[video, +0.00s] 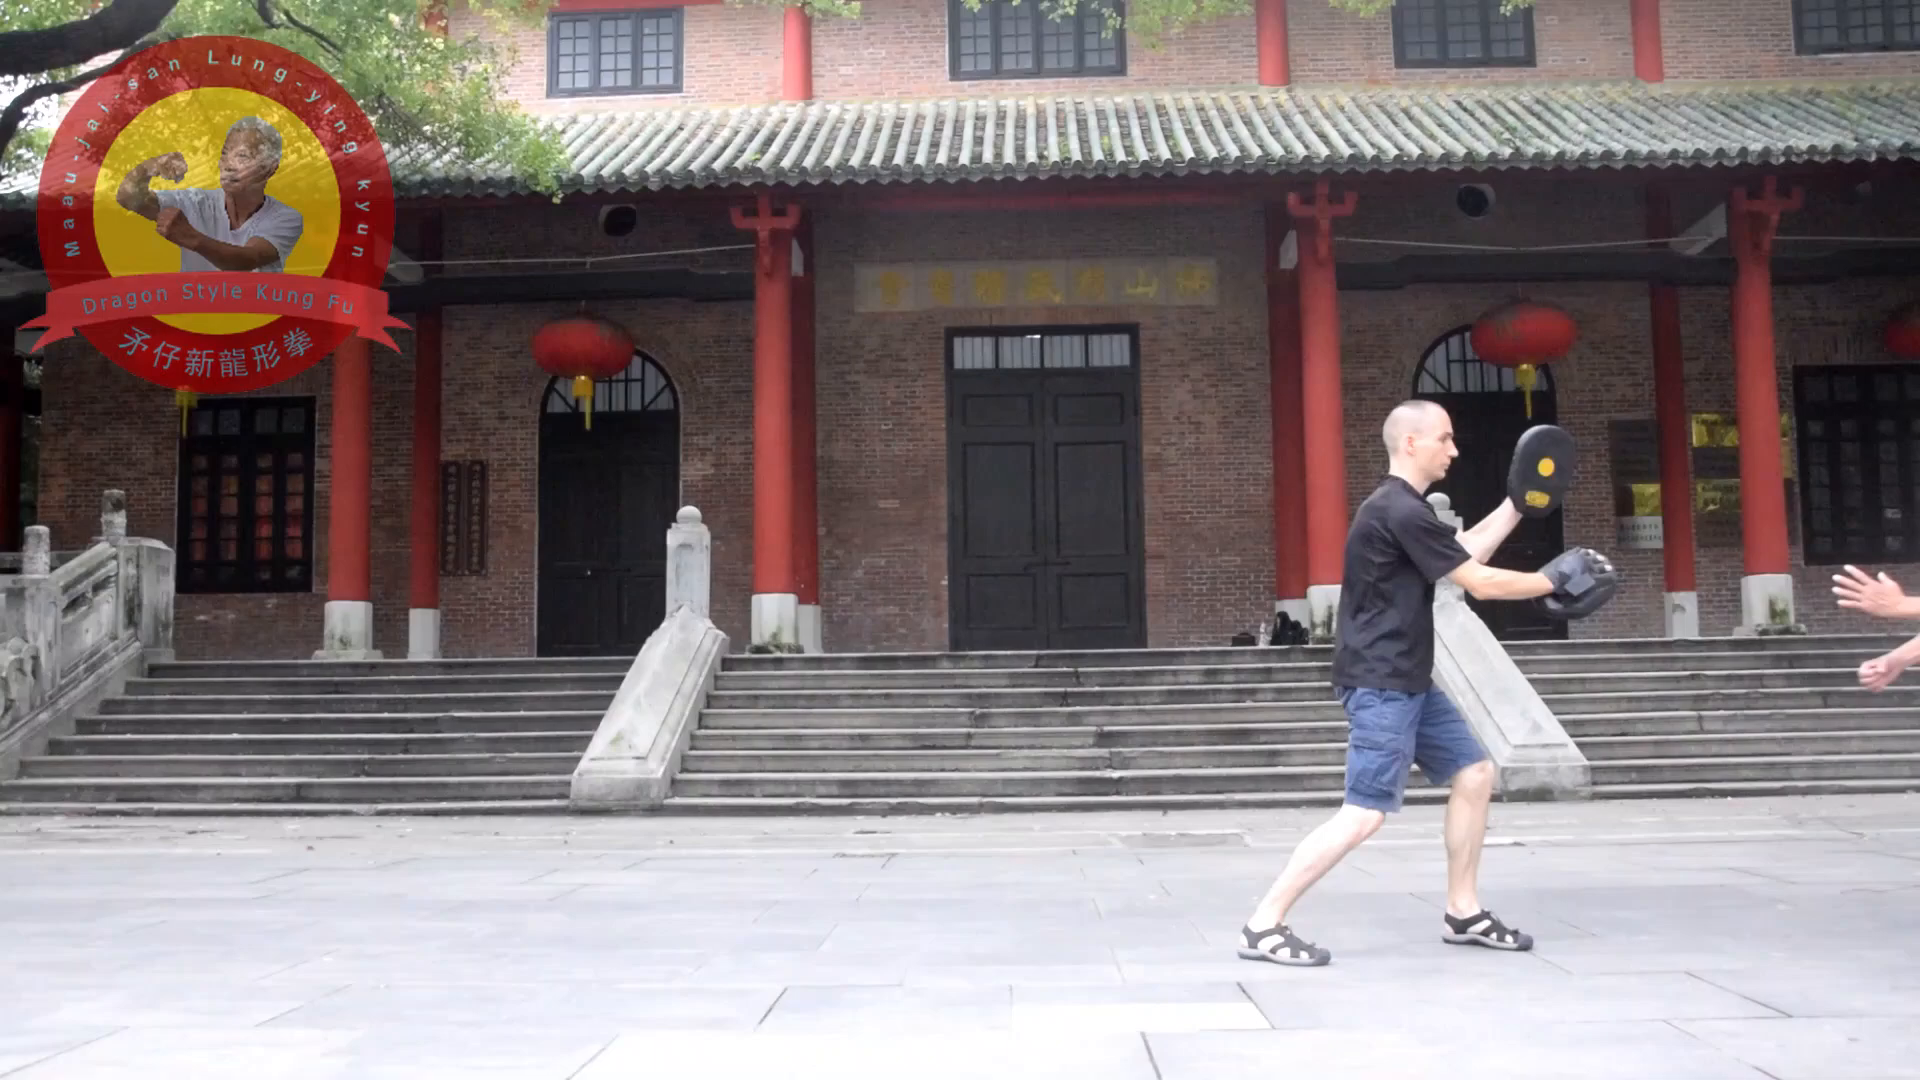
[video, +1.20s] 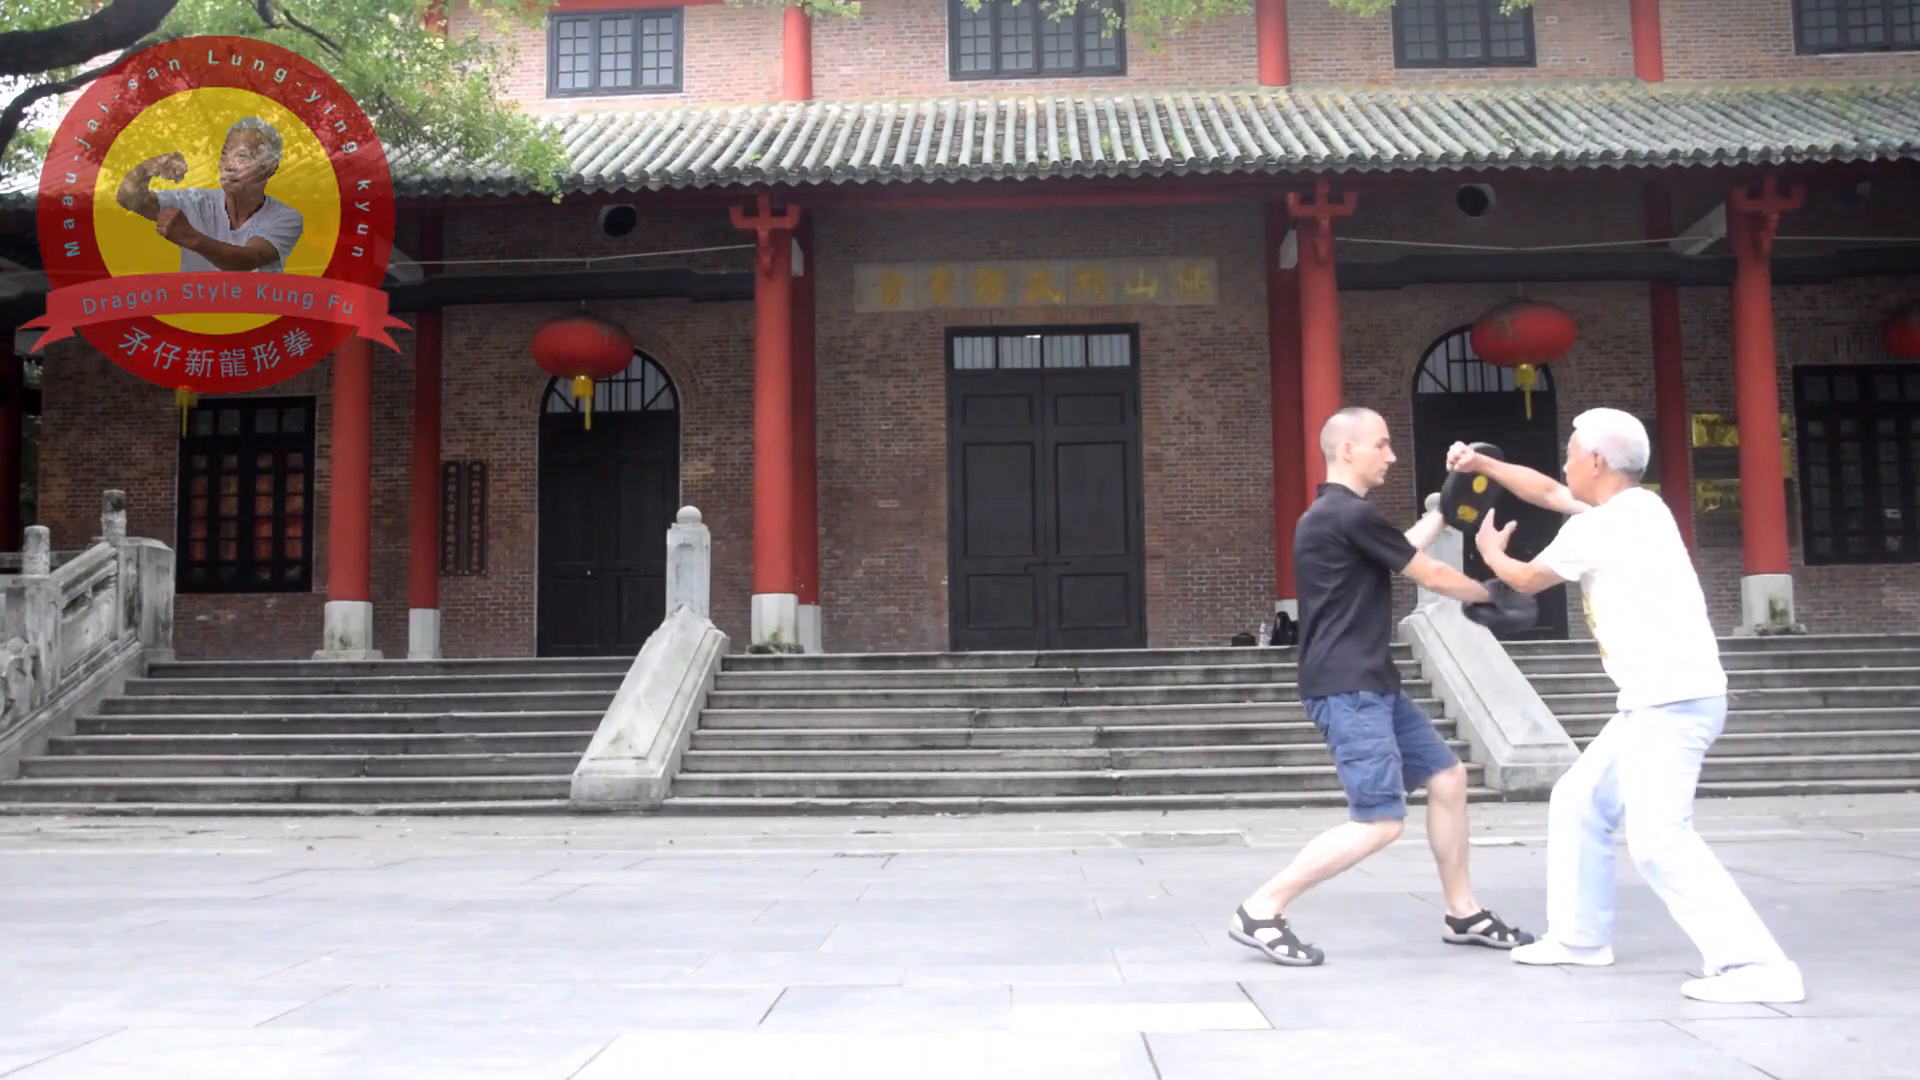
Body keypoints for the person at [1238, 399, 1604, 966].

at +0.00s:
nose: (1453, 449)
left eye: (1452, 439)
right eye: (1444, 439)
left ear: (1413, 445)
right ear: (1411, 444)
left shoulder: (1405, 503)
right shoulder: (1397, 508)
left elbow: (1464, 555)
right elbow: (1478, 583)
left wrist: (1520, 501)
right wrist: (1553, 583)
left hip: (1411, 681)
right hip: (1379, 681)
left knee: (1475, 776)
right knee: (1363, 815)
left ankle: (1463, 913)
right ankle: (1263, 924)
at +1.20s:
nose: (1393, 456)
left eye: (1390, 444)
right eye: (1383, 445)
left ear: (1346, 453)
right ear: (1347, 452)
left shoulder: (1325, 514)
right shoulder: (1349, 515)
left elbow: (1391, 558)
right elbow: (1430, 574)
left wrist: (1441, 510)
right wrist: (1493, 594)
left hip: (1373, 681)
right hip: (1346, 685)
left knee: (1448, 780)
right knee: (1379, 823)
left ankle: (1463, 913)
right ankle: (1261, 910)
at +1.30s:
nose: (1363, 457)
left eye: (1362, 447)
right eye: (1354, 447)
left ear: (1321, 451)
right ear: (1319, 451)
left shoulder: (1318, 515)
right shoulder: (1307, 519)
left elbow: (1367, 576)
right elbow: (1378, 592)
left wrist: (1418, 532)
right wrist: (1442, 622)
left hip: (1356, 683)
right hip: (1321, 688)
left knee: (1424, 788)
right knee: (1364, 822)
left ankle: (1461, 914)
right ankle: (1252, 916)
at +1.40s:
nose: (1340, 454)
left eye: (1338, 444)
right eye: (1330, 444)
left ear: (1296, 450)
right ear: (1296, 449)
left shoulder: (1282, 510)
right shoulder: (1288, 515)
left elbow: (1316, 591)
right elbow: (1348, 597)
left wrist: (1373, 567)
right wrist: (1412, 651)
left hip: (1299, 682)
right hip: (1279, 685)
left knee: (1378, 779)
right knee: (1337, 812)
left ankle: (1418, 908)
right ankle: (1246, 928)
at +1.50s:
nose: (1319, 458)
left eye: (1317, 448)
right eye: (1309, 448)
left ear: (1279, 454)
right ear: (1275, 453)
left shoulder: (1265, 512)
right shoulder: (1257, 513)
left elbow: (1302, 596)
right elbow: (1332, 576)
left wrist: (1355, 574)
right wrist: (1420, 604)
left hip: (1248, 673)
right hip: (1232, 677)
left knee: (1325, 767)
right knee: (1316, 789)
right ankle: (1249, 926)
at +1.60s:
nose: (1291, 459)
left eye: (1290, 448)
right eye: (1282, 448)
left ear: (1249, 457)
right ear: (1248, 454)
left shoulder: (1242, 518)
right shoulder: (1224, 510)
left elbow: (1306, 583)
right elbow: (1312, 535)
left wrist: (1376, 561)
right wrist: (1395, 495)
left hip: (1187, 678)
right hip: (1200, 677)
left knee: (1202, 819)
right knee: (1291, 788)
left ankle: (1075, 888)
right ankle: (1245, 929)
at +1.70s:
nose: (1261, 467)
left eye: (1259, 458)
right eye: (1250, 458)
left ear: (1220, 469)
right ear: (1215, 468)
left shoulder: (1227, 522)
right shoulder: (1195, 516)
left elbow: (1288, 571)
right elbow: (1273, 504)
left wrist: (1351, 564)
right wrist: (1334, 445)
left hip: (1130, 682)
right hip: (1158, 684)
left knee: (1097, 812)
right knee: (1267, 779)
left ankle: (970, 891)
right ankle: (1244, 926)